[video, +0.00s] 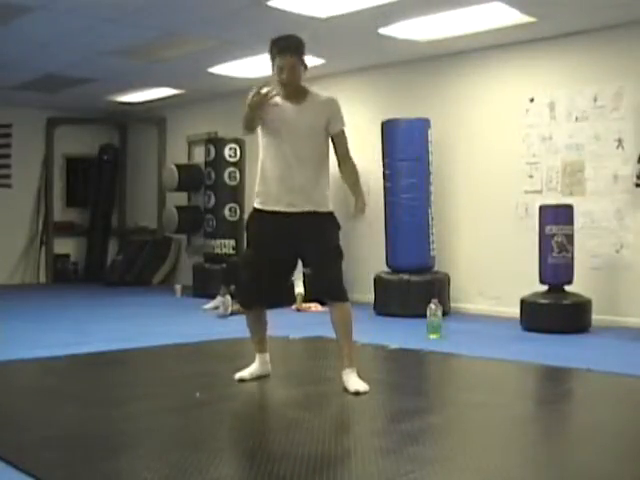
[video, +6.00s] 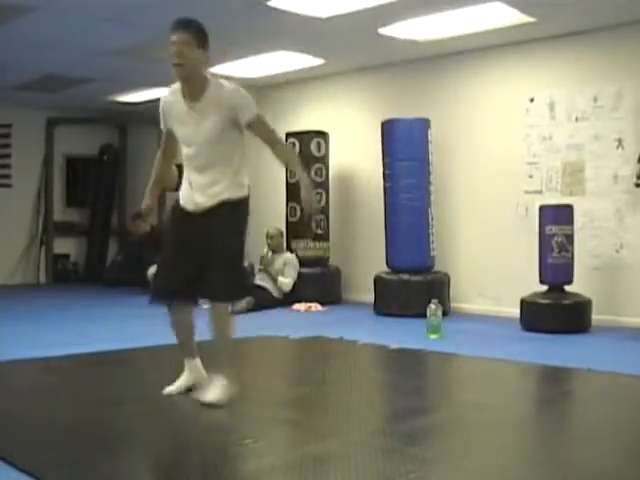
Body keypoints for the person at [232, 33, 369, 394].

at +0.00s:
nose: (285, 74)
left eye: (291, 67)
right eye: (280, 68)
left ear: (304, 66)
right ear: (272, 69)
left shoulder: (326, 105)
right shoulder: (263, 102)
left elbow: (343, 155)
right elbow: (247, 126)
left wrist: (358, 194)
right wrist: (255, 103)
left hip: (315, 213)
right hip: (268, 213)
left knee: (335, 290)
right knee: (251, 289)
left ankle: (349, 369)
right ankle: (261, 359)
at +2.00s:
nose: (249, 152)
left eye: (249, 141)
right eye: (239, 151)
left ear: (258, 130)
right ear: (236, 154)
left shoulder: (301, 159)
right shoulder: (244, 174)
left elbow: (304, 224)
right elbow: (253, 231)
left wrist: (301, 278)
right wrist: (253, 285)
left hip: (325, 234)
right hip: (283, 237)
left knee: (347, 280)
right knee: (231, 290)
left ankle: (360, 360)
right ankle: (258, 359)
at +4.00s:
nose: (310, 88)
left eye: (314, 79)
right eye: (306, 82)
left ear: (330, 73)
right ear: (305, 83)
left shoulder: (357, 99)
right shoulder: (331, 113)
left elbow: (402, 111)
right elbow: (355, 139)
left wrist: (383, 144)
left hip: (382, 185)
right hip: (359, 193)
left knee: (372, 254)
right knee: (365, 269)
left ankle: (421, 288)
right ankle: (390, 334)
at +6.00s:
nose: (175, 55)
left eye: (184, 48)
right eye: (172, 48)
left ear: (204, 53)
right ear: (168, 54)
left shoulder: (231, 95)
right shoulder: (169, 102)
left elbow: (272, 139)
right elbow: (166, 152)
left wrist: (303, 179)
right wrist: (151, 195)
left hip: (228, 203)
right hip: (187, 205)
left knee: (219, 292)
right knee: (176, 291)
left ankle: (225, 376)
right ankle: (192, 368)